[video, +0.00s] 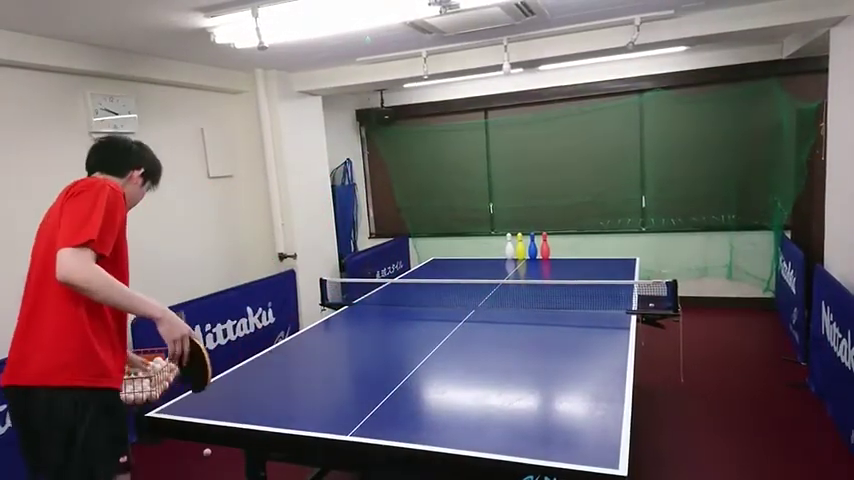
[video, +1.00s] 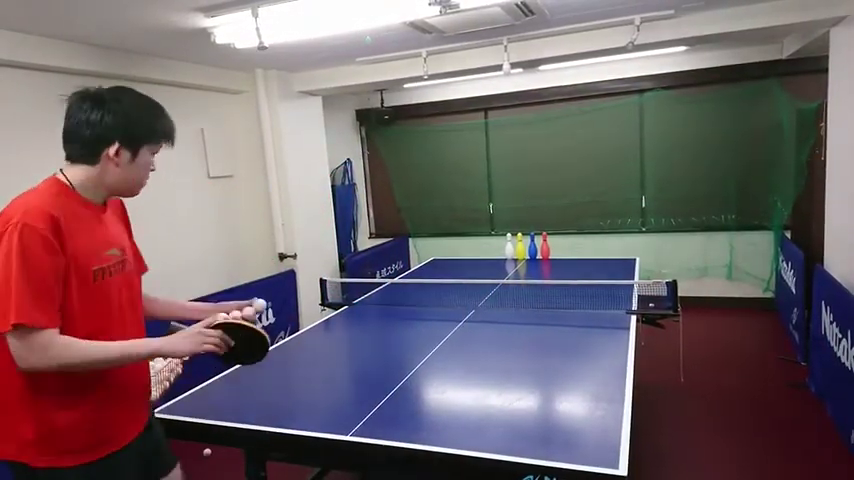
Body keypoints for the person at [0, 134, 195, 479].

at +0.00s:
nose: (138, 201)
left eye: (145, 193)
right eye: (144, 191)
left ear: (96, 167)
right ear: (135, 175)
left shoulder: (65, 202)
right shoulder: (101, 190)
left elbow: (64, 311)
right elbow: (74, 267)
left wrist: (123, 357)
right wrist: (161, 313)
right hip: (71, 384)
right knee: (97, 471)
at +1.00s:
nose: (153, 169)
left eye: (155, 157)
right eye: (150, 156)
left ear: (115, 156)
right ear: (115, 155)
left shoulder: (112, 206)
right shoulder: (30, 223)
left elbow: (126, 300)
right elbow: (32, 349)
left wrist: (207, 312)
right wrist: (164, 346)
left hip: (133, 432)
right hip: (62, 458)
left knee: (169, 473)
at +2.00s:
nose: (252, 207)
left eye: (257, 197)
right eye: (251, 194)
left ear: (215, 177)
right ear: (215, 175)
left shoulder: (211, 221)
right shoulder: (121, 225)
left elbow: (226, 305)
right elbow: (134, 349)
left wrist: (284, 340)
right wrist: (251, 354)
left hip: (173, 419)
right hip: (105, 438)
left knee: (201, 472)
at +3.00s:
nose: (258, 218)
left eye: (263, 208)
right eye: (256, 205)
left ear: (219, 188)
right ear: (219, 187)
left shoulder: (221, 228)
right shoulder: (125, 236)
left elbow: (235, 312)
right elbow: (135, 358)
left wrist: (298, 350)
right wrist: (248, 378)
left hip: (173, 421)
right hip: (104, 440)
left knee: (202, 472)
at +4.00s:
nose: (254, 222)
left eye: (259, 212)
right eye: (251, 209)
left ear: (214, 192)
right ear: (214, 191)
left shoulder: (217, 231)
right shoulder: (120, 241)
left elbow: (237, 313)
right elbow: (137, 362)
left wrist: (306, 354)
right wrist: (245, 383)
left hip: (169, 422)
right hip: (99, 444)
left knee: (197, 471)